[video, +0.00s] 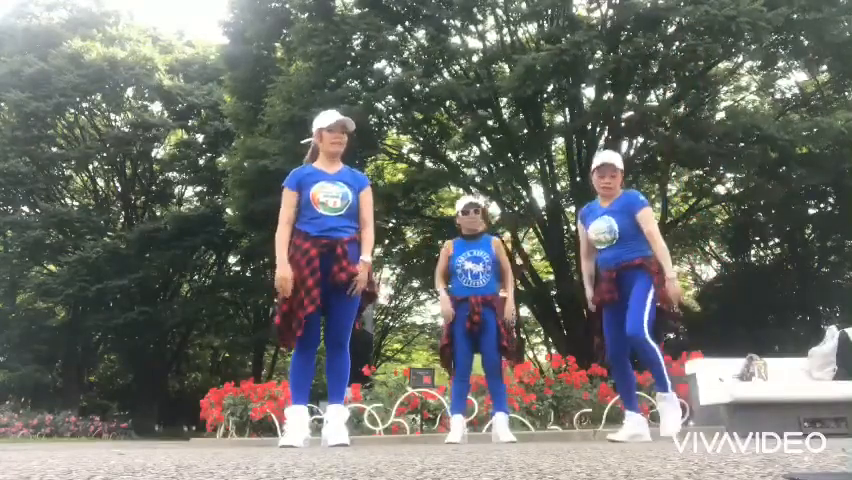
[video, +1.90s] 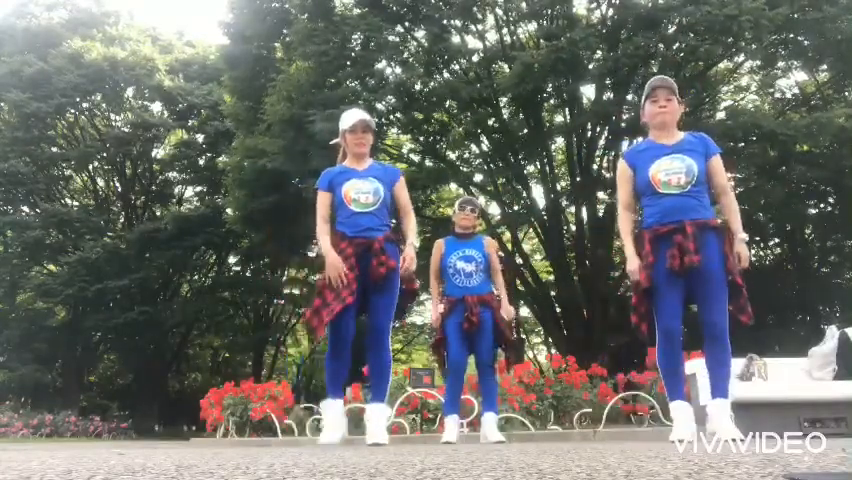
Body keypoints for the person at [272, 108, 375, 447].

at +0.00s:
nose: (336, 137)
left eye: (341, 133)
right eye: (330, 132)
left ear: (348, 139)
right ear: (316, 137)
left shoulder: (358, 180)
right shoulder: (299, 176)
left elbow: (367, 224)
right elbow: (284, 223)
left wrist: (365, 261)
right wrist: (282, 263)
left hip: (347, 258)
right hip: (306, 257)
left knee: (339, 340)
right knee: (307, 339)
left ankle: (336, 418)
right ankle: (297, 417)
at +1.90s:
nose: (360, 136)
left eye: (365, 131)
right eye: (353, 131)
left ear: (373, 135)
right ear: (342, 137)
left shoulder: (391, 173)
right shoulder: (331, 175)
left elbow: (407, 214)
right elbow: (322, 221)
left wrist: (410, 243)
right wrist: (328, 253)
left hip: (385, 252)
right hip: (345, 252)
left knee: (380, 331)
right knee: (341, 332)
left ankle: (378, 414)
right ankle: (334, 413)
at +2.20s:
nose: (348, 143)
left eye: (353, 138)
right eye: (341, 137)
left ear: (360, 144)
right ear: (328, 142)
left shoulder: (372, 170)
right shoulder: (317, 187)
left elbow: (394, 211)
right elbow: (318, 235)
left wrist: (387, 253)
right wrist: (340, 261)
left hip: (383, 256)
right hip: (345, 261)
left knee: (385, 335)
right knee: (362, 332)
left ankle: (380, 414)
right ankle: (356, 412)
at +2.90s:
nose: (324, 140)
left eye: (330, 135)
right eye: (317, 134)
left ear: (337, 140)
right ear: (305, 139)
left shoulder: (345, 165)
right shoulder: (303, 188)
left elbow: (377, 197)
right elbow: (309, 235)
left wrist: (366, 244)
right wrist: (320, 262)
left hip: (366, 253)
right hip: (333, 262)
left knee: (371, 330)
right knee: (333, 331)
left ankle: (385, 412)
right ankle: (351, 415)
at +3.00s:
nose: (316, 151)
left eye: (323, 146)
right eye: (310, 144)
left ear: (330, 153)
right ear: (297, 150)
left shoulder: (336, 176)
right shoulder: (298, 196)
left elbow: (378, 197)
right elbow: (306, 238)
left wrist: (356, 237)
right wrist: (305, 254)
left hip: (367, 261)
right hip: (335, 271)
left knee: (367, 336)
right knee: (306, 317)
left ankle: (387, 418)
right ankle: (320, 407)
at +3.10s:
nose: (310, 153)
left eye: (317, 148)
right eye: (304, 147)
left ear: (324, 154)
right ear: (292, 153)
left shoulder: (332, 179)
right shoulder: (293, 197)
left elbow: (378, 198)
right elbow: (309, 243)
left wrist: (364, 229)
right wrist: (289, 257)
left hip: (355, 266)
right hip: (321, 274)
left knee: (355, 345)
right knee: (288, 329)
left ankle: (387, 417)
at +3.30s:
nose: (316, 125)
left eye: (322, 121)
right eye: (310, 118)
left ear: (328, 127)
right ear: (296, 121)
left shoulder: (336, 159)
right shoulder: (274, 157)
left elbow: (359, 201)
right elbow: (259, 201)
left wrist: (339, 197)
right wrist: (251, 205)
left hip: (322, 244)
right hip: (282, 245)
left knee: (332, 327)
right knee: (266, 327)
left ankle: (354, 403)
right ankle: (259, 415)